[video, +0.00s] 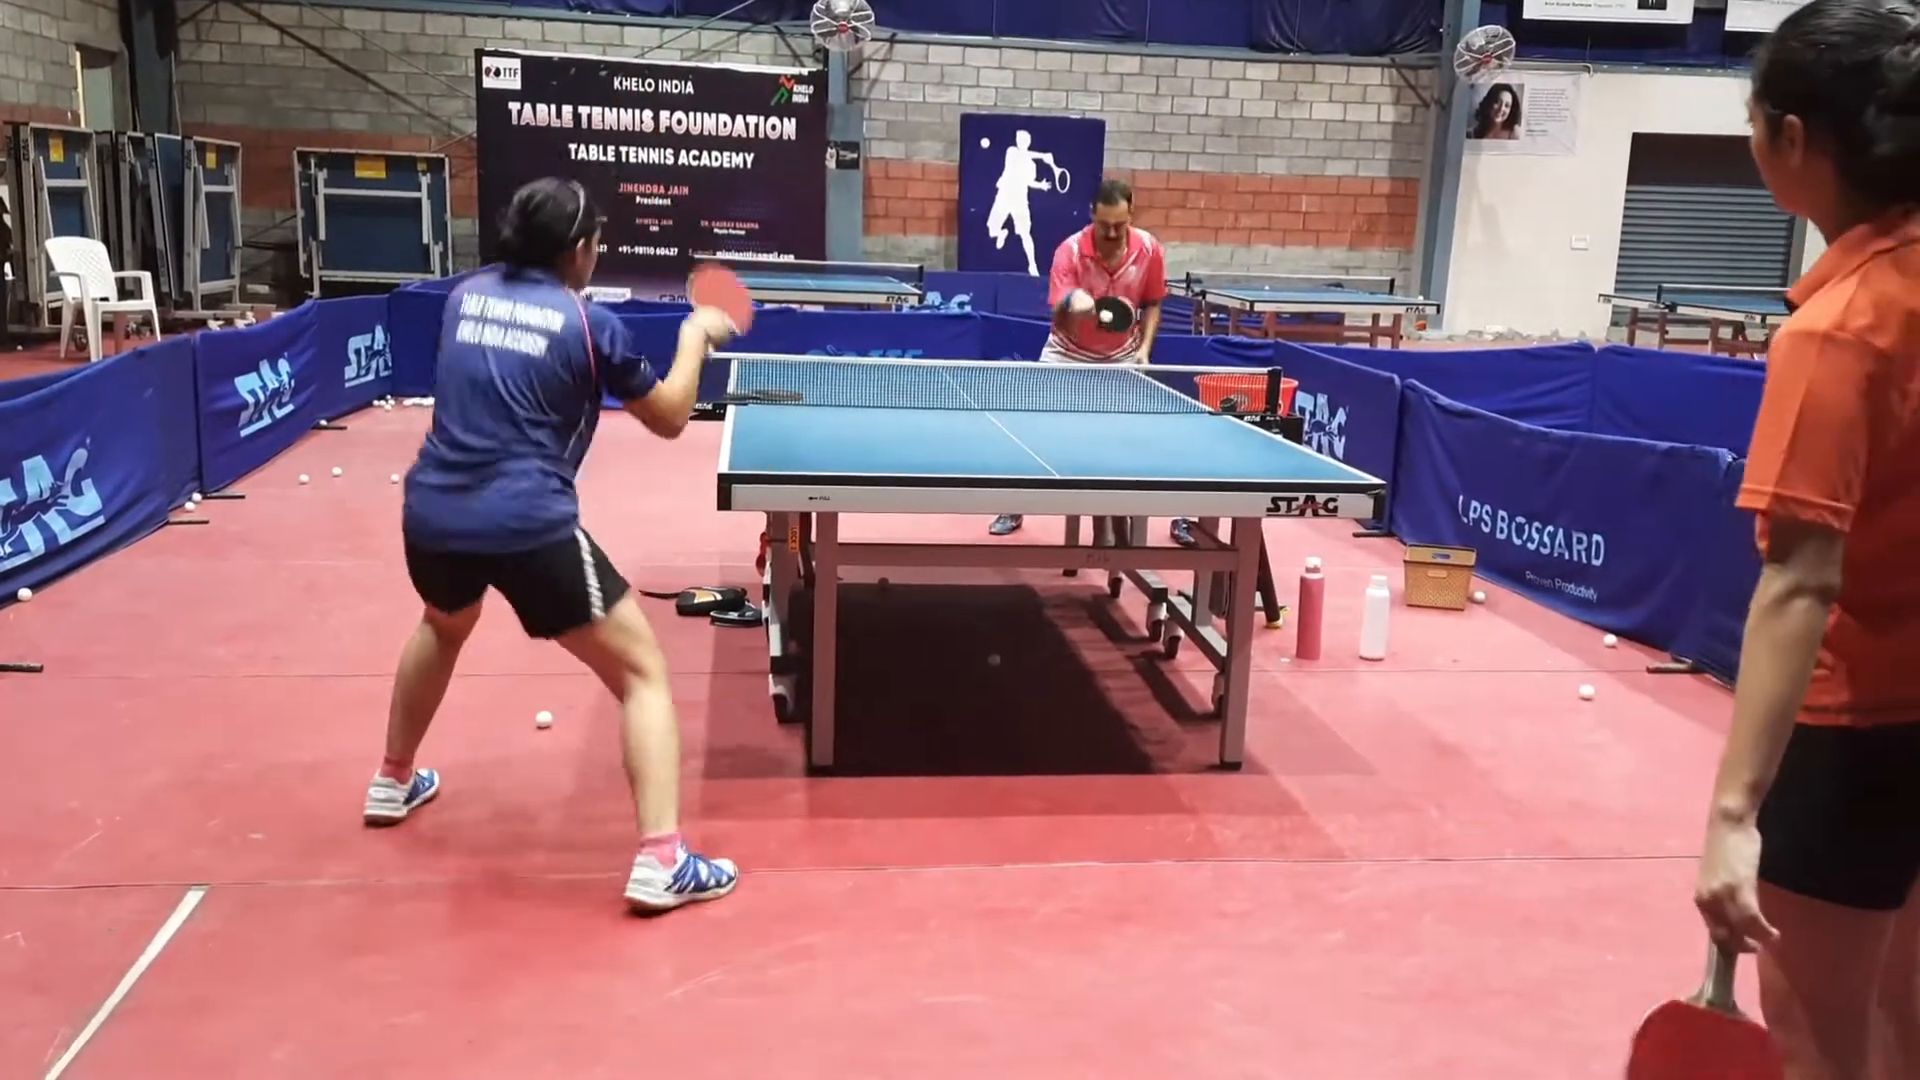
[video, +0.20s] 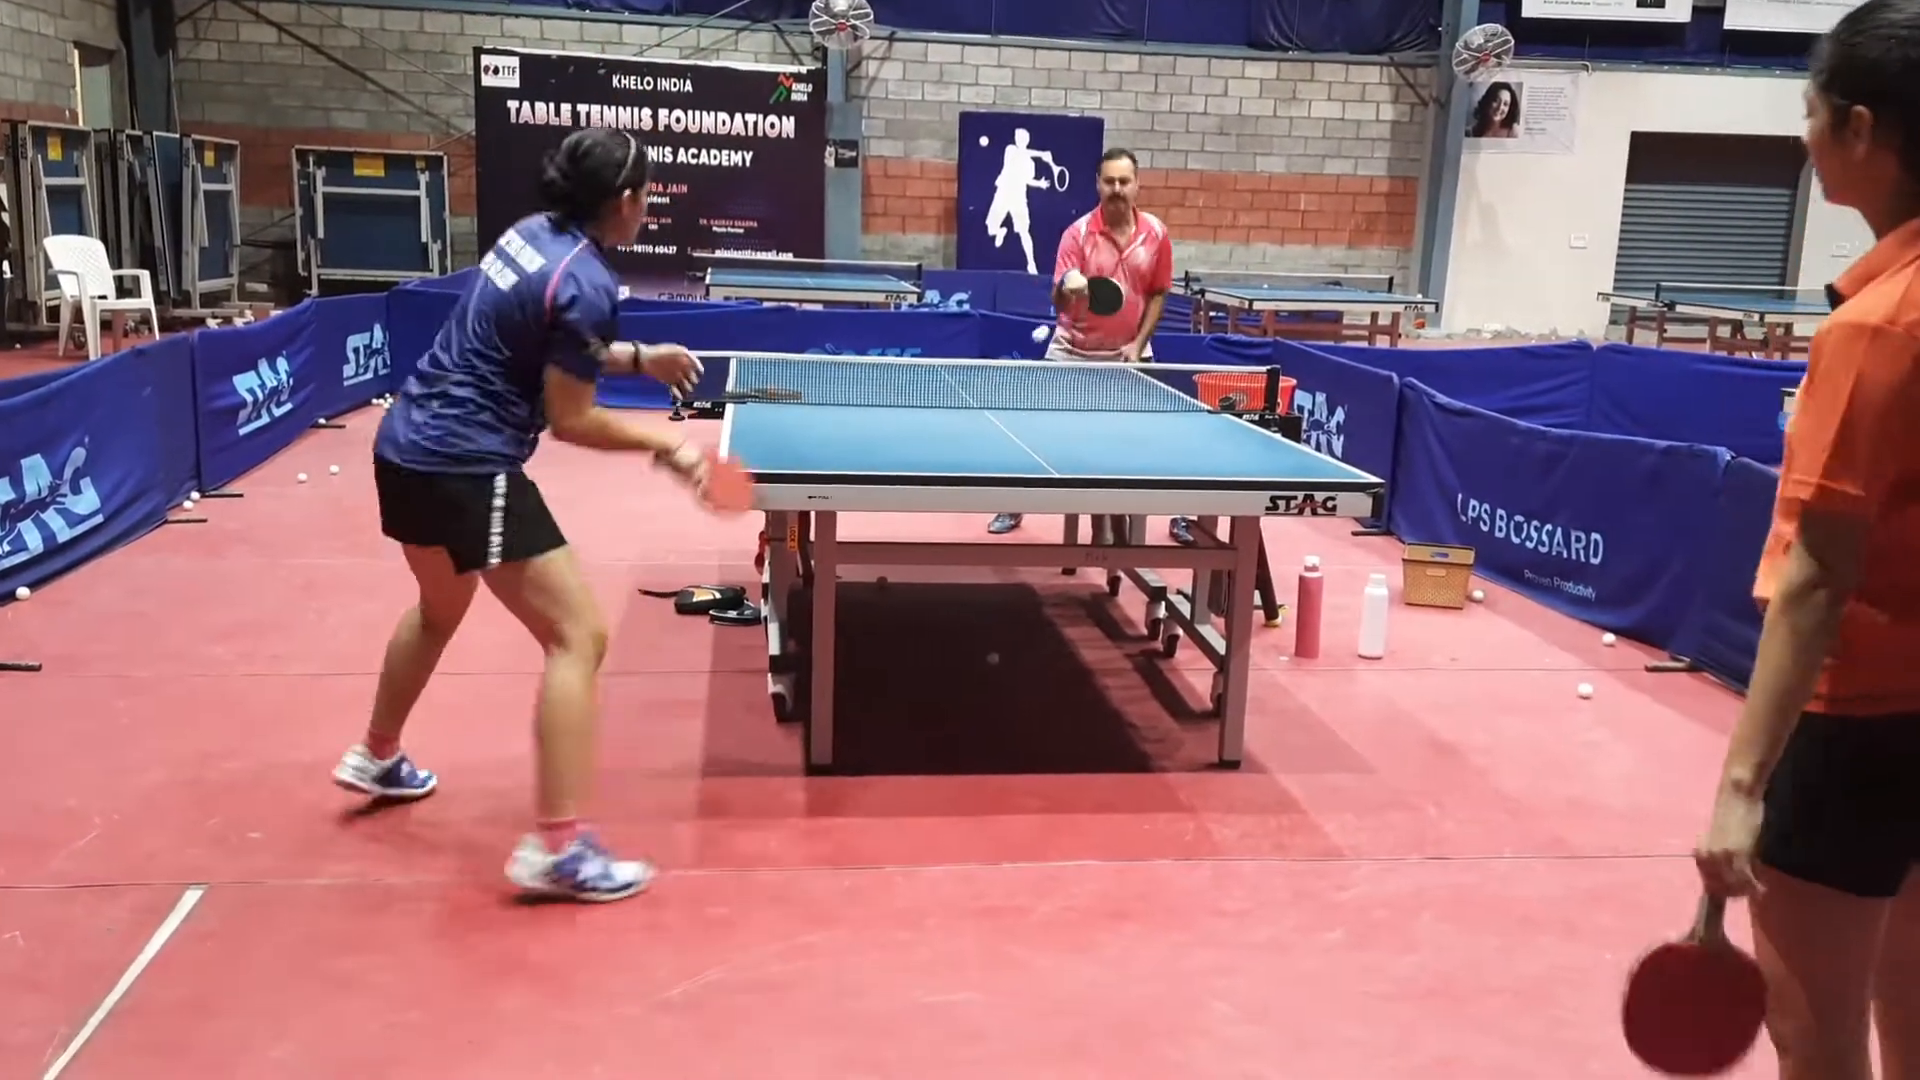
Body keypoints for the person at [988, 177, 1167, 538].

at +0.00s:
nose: (1112, 231)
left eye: (1119, 224)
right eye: (1104, 223)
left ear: (1131, 216)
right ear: (1092, 215)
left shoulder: (1149, 250)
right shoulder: (1070, 251)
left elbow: (1153, 304)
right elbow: (1061, 310)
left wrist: (1144, 349)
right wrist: (1080, 302)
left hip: (1123, 355)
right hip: (1065, 352)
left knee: (1150, 426)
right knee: (1033, 419)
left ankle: (1182, 514)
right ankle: (1013, 505)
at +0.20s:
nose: (1116, 189)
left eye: (1124, 182)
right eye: (1109, 181)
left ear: (1137, 185)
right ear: (1098, 184)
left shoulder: (1155, 234)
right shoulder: (1078, 233)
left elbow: (1159, 292)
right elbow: (1060, 297)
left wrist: (1139, 341)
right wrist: (1070, 287)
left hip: (1130, 353)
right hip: (1070, 350)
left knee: (1151, 431)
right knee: (1035, 418)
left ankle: (1182, 512)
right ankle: (1013, 504)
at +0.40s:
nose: (1116, 174)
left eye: (1124, 167)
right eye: (1109, 167)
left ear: (1138, 173)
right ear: (1100, 171)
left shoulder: (1159, 225)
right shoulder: (1078, 223)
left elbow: (1168, 287)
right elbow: (1059, 284)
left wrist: (1144, 332)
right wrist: (1067, 286)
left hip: (1138, 347)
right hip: (1079, 344)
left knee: (1157, 430)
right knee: (1042, 418)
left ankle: (1181, 510)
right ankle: (1013, 502)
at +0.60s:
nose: (1110, 186)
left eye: (1118, 179)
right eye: (1103, 179)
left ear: (1132, 183)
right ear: (1094, 182)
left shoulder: (1155, 231)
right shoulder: (1073, 231)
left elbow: (1167, 291)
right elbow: (1054, 285)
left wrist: (1146, 331)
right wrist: (1058, 294)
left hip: (1136, 352)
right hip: (1074, 349)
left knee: (1168, 426)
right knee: (1033, 416)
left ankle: (1180, 511)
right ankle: (1012, 502)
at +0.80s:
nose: (1102, 188)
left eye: (1110, 181)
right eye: (1095, 180)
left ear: (1125, 182)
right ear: (1086, 182)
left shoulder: (1148, 230)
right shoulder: (1065, 228)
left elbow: (1160, 290)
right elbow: (1046, 282)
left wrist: (1142, 331)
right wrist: (1050, 293)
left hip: (1128, 351)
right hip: (1066, 347)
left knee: (1155, 426)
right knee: (1030, 416)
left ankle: (1176, 508)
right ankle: (1009, 501)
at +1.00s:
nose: (1101, 188)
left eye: (1109, 181)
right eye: (1094, 181)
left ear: (1124, 182)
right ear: (1086, 182)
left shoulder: (1147, 229)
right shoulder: (1065, 227)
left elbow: (1160, 289)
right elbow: (1040, 279)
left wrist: (1139, 328)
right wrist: (1040, 290)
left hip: (1124, 350)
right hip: (1064, 346)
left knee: (1153, 424)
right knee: (1027, 414)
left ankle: (1176, 508)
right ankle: (1007, 500)